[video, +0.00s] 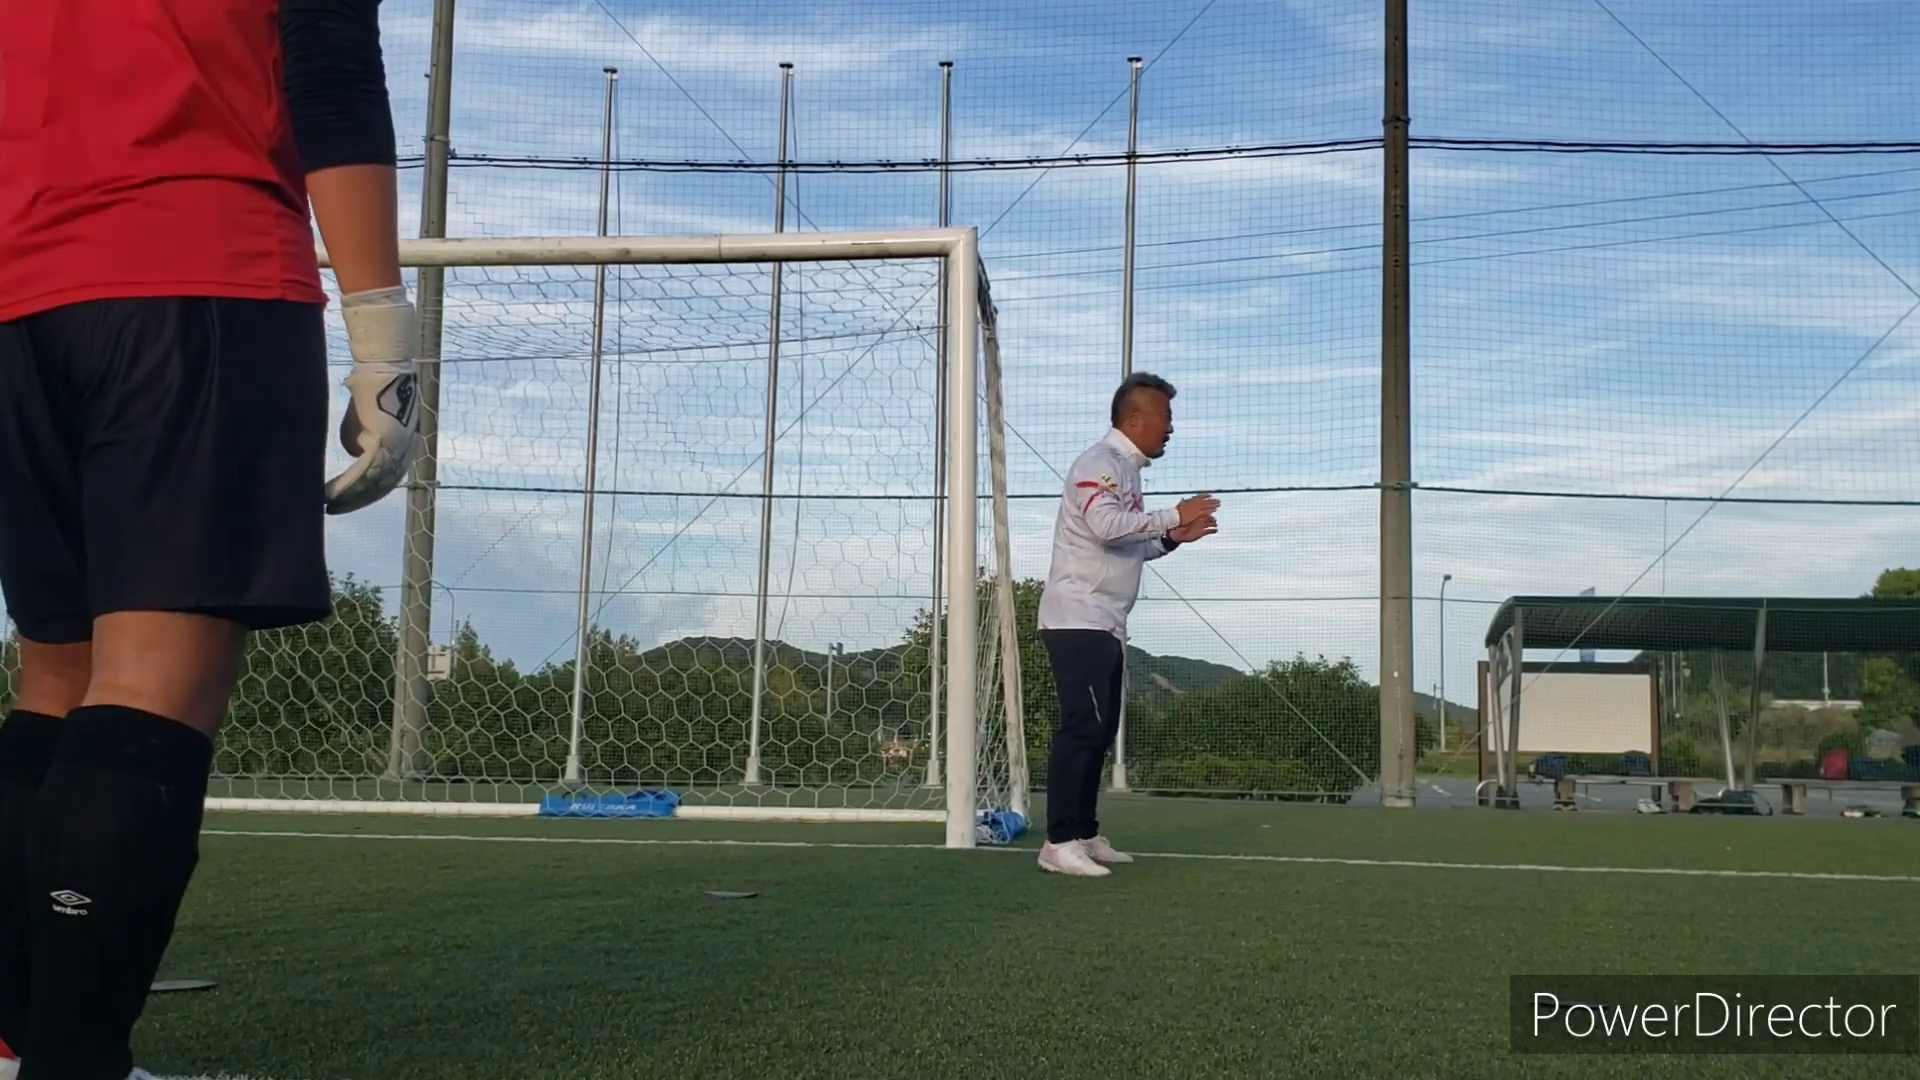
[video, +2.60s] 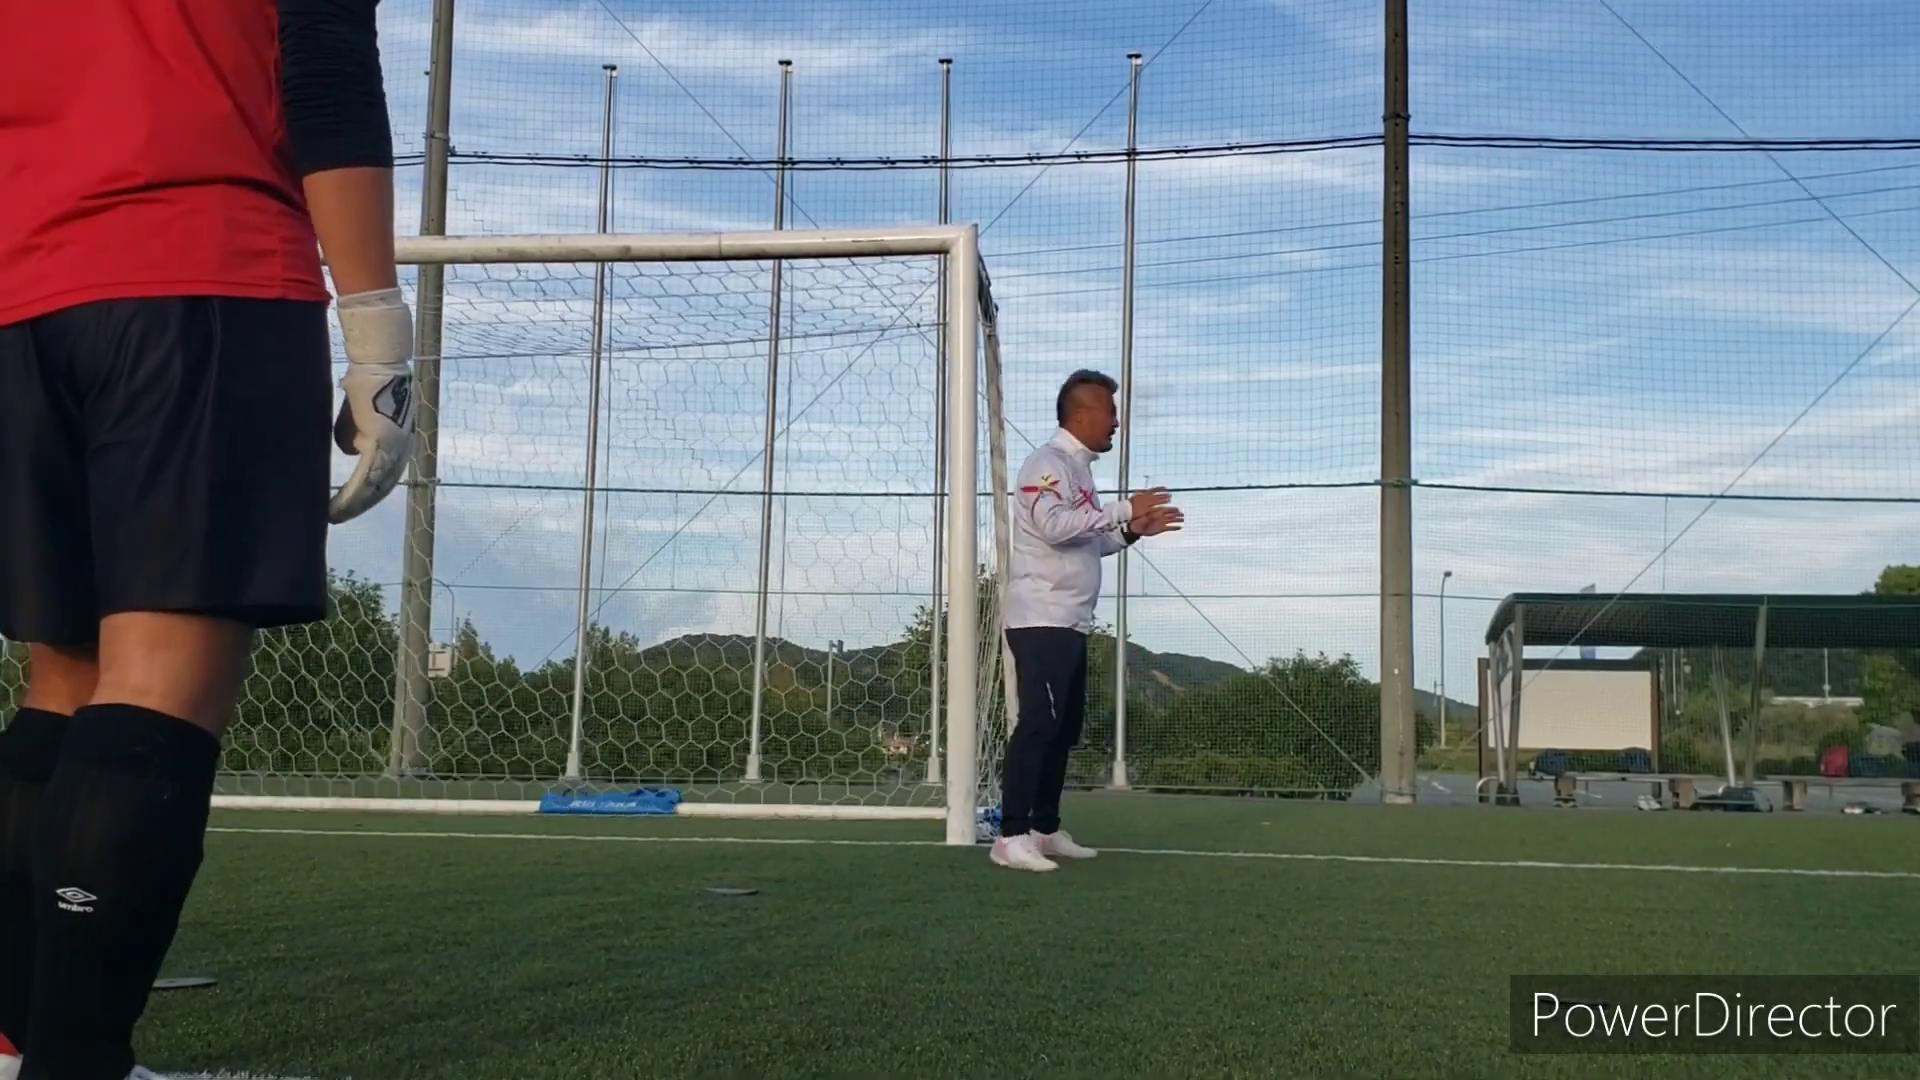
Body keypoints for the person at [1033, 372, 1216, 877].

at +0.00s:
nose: (1171, 429)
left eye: (1170, 419)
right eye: (1164, 418)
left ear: (1140, 420)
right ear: (1132, 418)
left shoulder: (1127, 475)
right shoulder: (1097, 461)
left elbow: (1126, 546)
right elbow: (1104, 522)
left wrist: (1173, 537)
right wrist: (1171, 519)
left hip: (1102, 620)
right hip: (1076, 616)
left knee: (1101, 728)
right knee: (1082, 726)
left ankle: (1084, 835)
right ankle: (1059, 843)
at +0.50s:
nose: (1164, 432)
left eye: (1163, 422)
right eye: (1156, 421)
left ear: (1132, 426)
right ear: (1125, 424)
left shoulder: (1135, 481)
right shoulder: (1097, 472)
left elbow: (1173, 520)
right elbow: (1150, 518)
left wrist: (1234, 519)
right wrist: (1231, 509)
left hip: (1087, 623)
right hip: (1058, 619)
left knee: (1100, 728)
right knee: (1084, 727)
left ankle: (1083, 835)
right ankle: (1060, 846)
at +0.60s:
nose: (1171, 449)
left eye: (1172, 439)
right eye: (1164, 439)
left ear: (1142, 440)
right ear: (1132, 437)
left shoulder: (1139, 487)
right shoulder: (1099, 484)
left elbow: (1178, 530)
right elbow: (1150, 548)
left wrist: (1235, 585)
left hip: (1074, 625)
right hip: (1042, 620)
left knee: (1090, 727)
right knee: (1072, 726)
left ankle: (1080, 838)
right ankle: (1059, 847)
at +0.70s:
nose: (1182, 472)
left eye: (1184, 462)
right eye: (1177, 461)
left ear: (1154, 458)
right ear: (1148, 454)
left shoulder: (1143, 509)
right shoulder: (1095, 496)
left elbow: (1169, 566)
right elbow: (1107, 577)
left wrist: (1205, 630)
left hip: (1069, 628)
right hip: (1033, 621)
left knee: (1087, 727)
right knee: (1070, 724)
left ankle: (1079, 837)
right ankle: (1058, 847)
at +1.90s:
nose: (1127, 422)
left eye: (1136, 415)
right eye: (1116, 412)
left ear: (1143, 424)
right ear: (1094, 416)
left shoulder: (1130, 485)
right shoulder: (1070, 469)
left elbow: (1136, 557)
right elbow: (1057, 539)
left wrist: (1140, 617)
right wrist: (1090, 602)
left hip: (1108, 622)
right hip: (1066, 616)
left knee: (1104, 727)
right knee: (1076, 722)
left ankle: (1083, 831)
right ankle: (1070, 835)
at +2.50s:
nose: (1099, 410)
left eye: (1107, 402)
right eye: (1087, 402)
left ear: (1116, 411)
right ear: (1066, 411)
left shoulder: (1113, 478)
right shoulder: (1049, 466)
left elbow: (1119, 549)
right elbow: (1042, 540)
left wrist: (1128, 609)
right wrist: (1078, 603)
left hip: (1098, 619)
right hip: (1055, 617)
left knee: (1097, 729)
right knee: (1066, 727)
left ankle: (1082, 833)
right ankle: (1052, 841)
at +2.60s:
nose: (1116, 419)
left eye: (1115, 409)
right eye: (1109, 409)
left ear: (1086, 415)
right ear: (1080, 413)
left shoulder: (1081, 474)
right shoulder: (1048, 461)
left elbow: (1086, 542)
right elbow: (1053, 524)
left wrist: (1131, 531)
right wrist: (1123, 511)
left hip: (1067, 620)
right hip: (1038, 617)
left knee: (1063, 727)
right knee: (1038, 724)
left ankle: (1044, 830)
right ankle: (1011, 837)